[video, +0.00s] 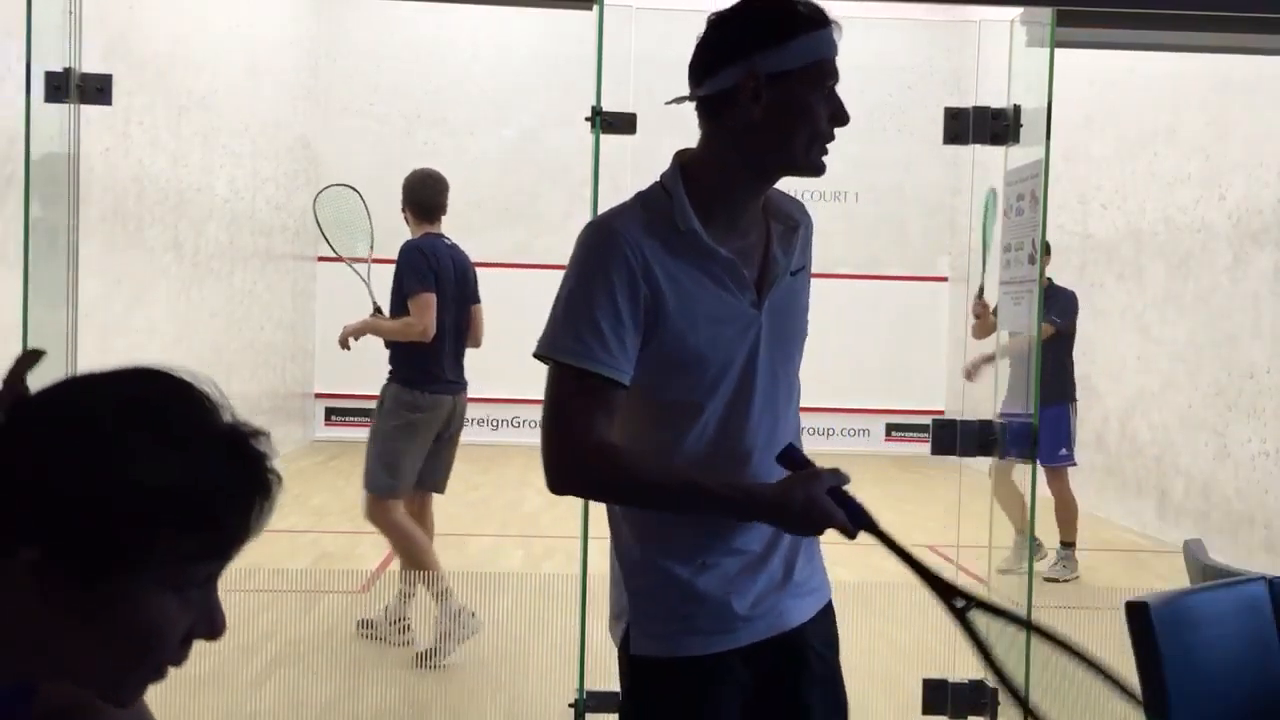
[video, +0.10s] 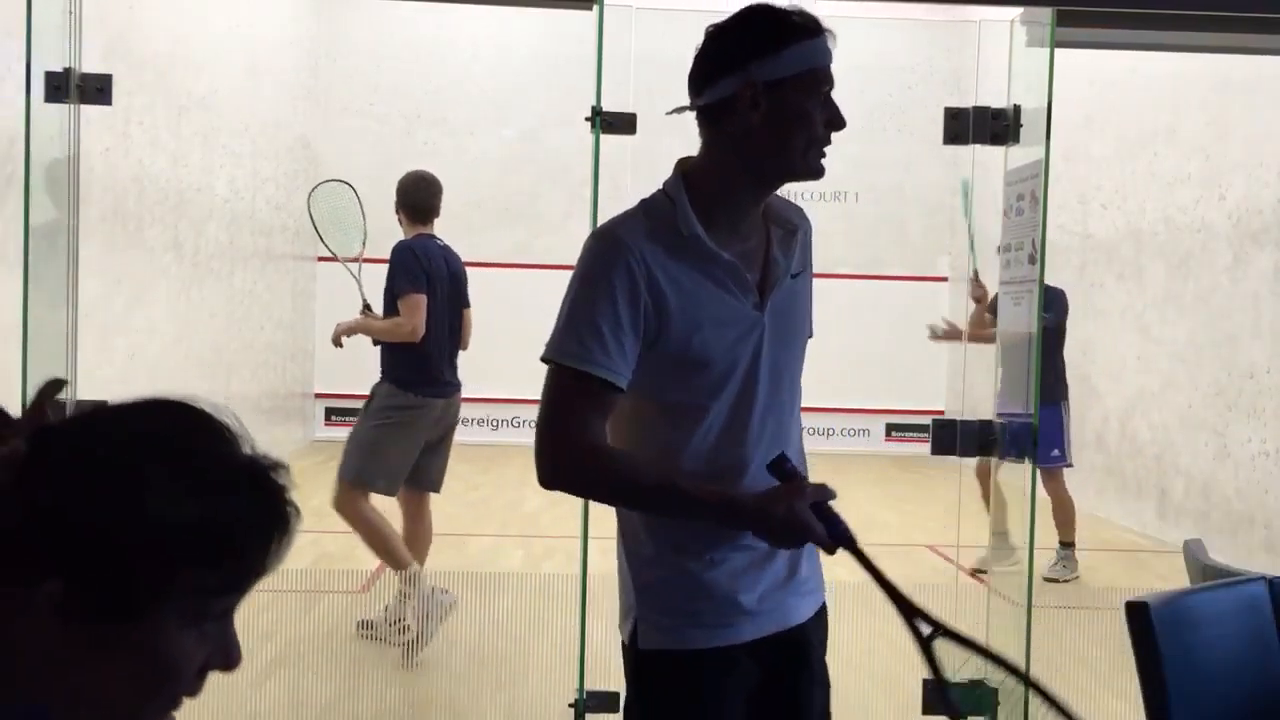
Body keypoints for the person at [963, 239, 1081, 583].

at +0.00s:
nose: (1025, 265)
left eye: (1032, 257)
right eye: (1019, 258)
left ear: (1045, 259)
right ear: (1011, 261)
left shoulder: (1062, 298)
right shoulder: (1014, 298)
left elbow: (1036, 337)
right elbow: (980, 333)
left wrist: (987, 358)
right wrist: (982, 316)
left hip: (1054, 403)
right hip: (1017, 401)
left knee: (1057, 479)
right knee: (1000, 477)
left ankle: (1067, 556)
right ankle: (1026, 542)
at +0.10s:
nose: (1013, 262)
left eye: (1021, 254)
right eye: (1008, 255)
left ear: (1034, 257)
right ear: (1002, 258)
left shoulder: (1053, 297)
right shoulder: (1005, 297)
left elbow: (1019, 334)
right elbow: (977, 331)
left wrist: (963, 336)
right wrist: (980, 303)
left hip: (1047, 401)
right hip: (1012, 402)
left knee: (1053, 480)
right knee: (984, 470)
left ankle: (1067, 556)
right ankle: (1002, 547)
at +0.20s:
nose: (986, 269)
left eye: (992, 263)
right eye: (985, 264)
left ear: (1012, 263)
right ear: (985, 266)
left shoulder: (1038, 297)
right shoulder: (993, 299)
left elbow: (1010, 330)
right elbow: (968, 326)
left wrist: (955, 326)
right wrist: (970, 292)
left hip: (1038, 401)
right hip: (1002, 399)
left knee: (1048, 482)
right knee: (971, 469)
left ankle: (1066, 555)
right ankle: (964, 547)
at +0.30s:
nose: (963, 277)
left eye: (969, 270)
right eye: (961, 271)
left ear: (989, 268)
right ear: (966, 271)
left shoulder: (1016, 299)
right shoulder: (972, 302)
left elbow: (1003, 336)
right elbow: (952, 329)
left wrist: (941, 335)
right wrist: (955, 281)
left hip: (1023, 404)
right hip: (987, 402)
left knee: (1041, 481)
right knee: (953, 470)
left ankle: (1065, 554)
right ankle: (924, 539)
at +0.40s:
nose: (926, 285)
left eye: (931, 278)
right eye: (925, 278)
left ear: (951, 276)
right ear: (937, 280)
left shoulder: (989, 301)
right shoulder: (941, 310)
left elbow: (980, 347)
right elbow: (938, 324)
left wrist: (924, 359)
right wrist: (949, 274)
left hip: (1004, 409)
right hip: (968, 408)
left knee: (1028, 482)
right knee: (930, 469)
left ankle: (1062, 553)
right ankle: (894, 533)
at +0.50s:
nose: (891, 299)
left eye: (896, 292)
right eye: (890, 293)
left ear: (918, 288)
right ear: (905, 295)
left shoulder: (960, 309)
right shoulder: (910, 322)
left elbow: (957, 356)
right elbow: (906, 334)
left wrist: (908, 384)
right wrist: (935, 297)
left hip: (980, 413)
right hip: (945, 413)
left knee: (1011, 487)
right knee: (899, 474)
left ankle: (1056, 549)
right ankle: (879, 544)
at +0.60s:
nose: (858, 306)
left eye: (862, 299)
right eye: (856, 300)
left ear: (882, 295)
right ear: (875, 299)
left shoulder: (921, 316)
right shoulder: (879, 327)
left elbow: (915, 365)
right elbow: (851, 354)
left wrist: (891, 392)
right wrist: (882, 356)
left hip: (952, 413)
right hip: (922, 413)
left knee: (977, 494)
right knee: (876, 464)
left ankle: (1039, 545)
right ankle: (871, 545)